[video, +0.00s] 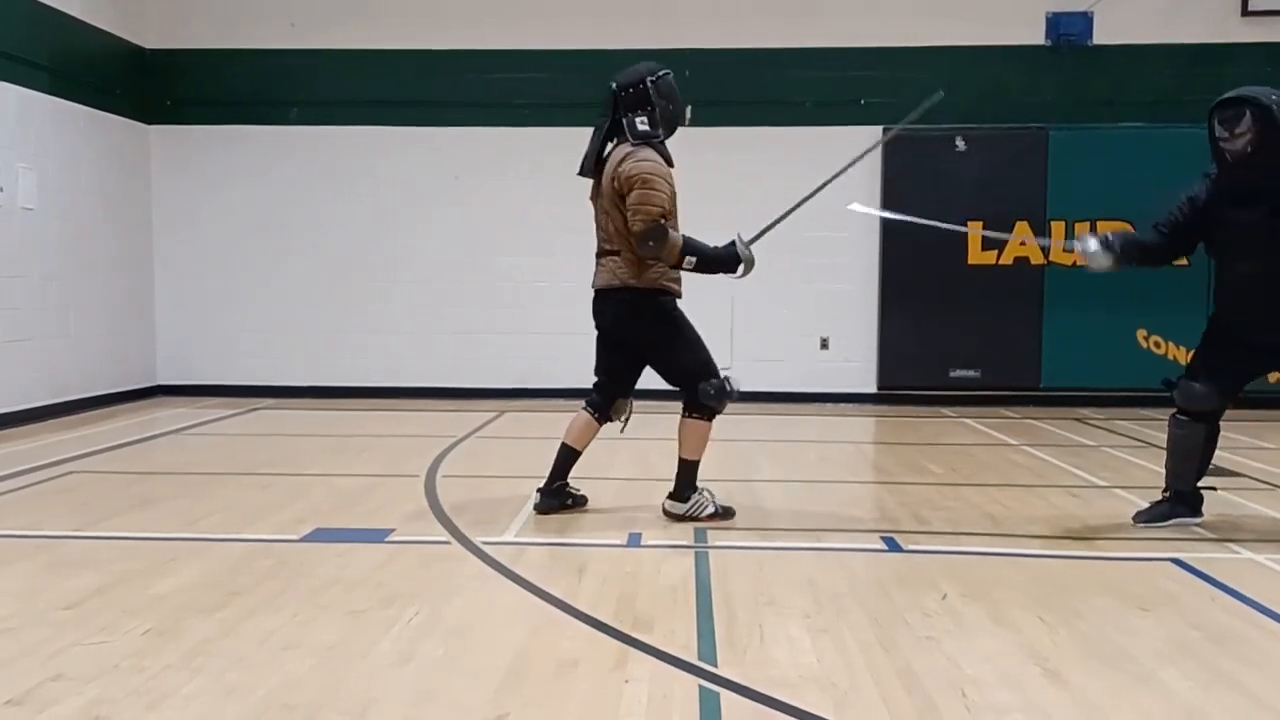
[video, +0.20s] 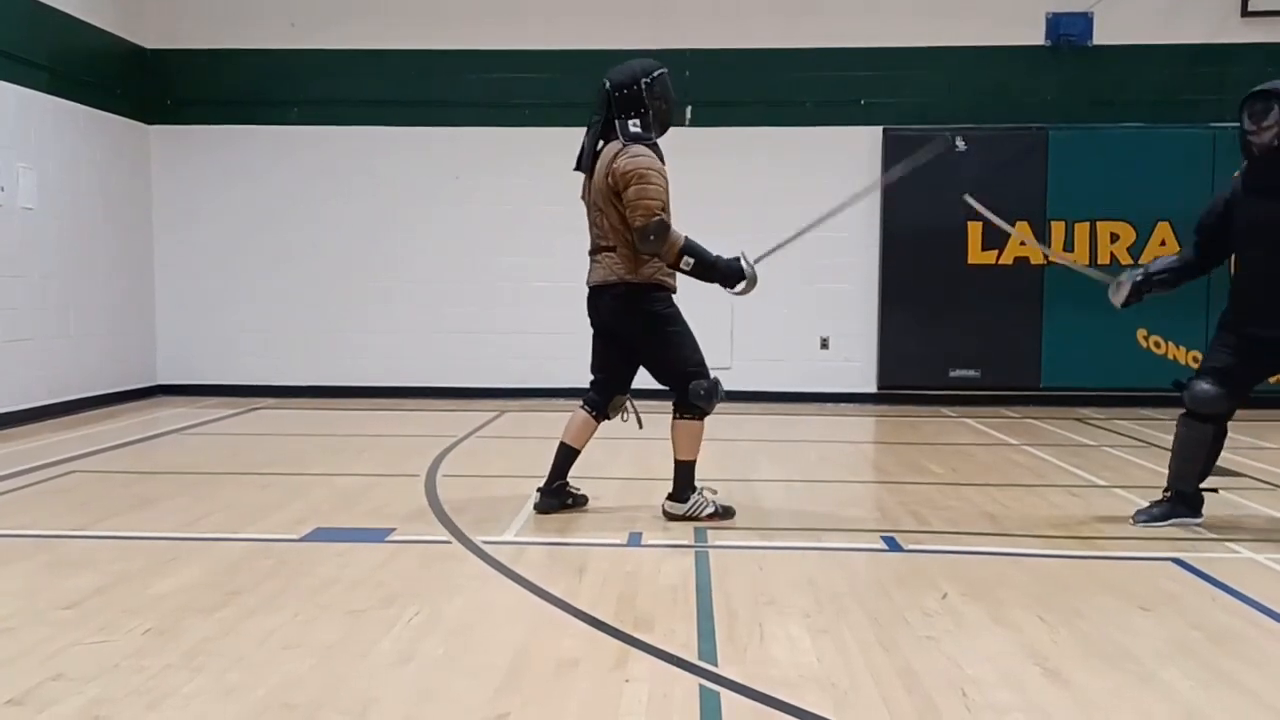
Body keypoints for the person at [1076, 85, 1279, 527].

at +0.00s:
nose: (1226, 136)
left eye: (1239, 127)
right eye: (1222, 128)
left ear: (1267, 132)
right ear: (1216, 134)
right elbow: (1169, 239)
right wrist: (1118, 248)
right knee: (1197, 394)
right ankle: (1181, 496)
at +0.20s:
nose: (1259, 135)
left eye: (1268, 125)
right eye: (1253, 126)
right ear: (1246, 133)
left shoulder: (1267, 184)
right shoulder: (1246, 187)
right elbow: (1204, 252)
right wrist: (1146, 279)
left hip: (1269, 315)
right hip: (1254, 313)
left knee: (1211, 393)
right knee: (1206, 395)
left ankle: (1184, 495)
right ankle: (1183, 496)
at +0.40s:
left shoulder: (1274, 190)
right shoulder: (1274, 189)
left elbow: (1232, 230)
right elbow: (1232, 229)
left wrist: (1160, 244)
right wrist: (1161, 243)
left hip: (1277, 322)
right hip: (1278, 321)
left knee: (1248, 393)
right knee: (1247, 393)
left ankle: (1209, 497)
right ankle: (1208, 497)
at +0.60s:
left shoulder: (1273, 191)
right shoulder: (1274, 189)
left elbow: (1242, 224)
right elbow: (1242, 223)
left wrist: (1165, 234)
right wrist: (1167, 233)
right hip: (1279, 319)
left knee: (1252, 389)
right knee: (1250, 388)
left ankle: (1223, 496)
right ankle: (1223, 496)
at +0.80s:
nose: (1275, 140)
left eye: (1276, 133)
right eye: (1274, 133)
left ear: (1276, 139)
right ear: (1271, 138)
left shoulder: (1266, 188)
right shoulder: (1266, 186)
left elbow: (1219, 225)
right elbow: (1219, 225)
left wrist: (1146, 233)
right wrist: (1146, 232)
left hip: (1270, 322)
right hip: (1267, 318)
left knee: (1236, 398)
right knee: (1232, 399)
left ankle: (1203, 498)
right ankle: (1202, 498)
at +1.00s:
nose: (1270, 118)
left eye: (1277, 110)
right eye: (1267, 110)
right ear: (1256, 117)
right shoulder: (1252, 173)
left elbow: (1199, 218)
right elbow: (1199, 218)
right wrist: (1127, 226)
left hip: (1270, 313)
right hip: (1255, 311)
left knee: (1224, 396)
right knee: (1220, 397)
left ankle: (1201, 498)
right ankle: (1200, 500)